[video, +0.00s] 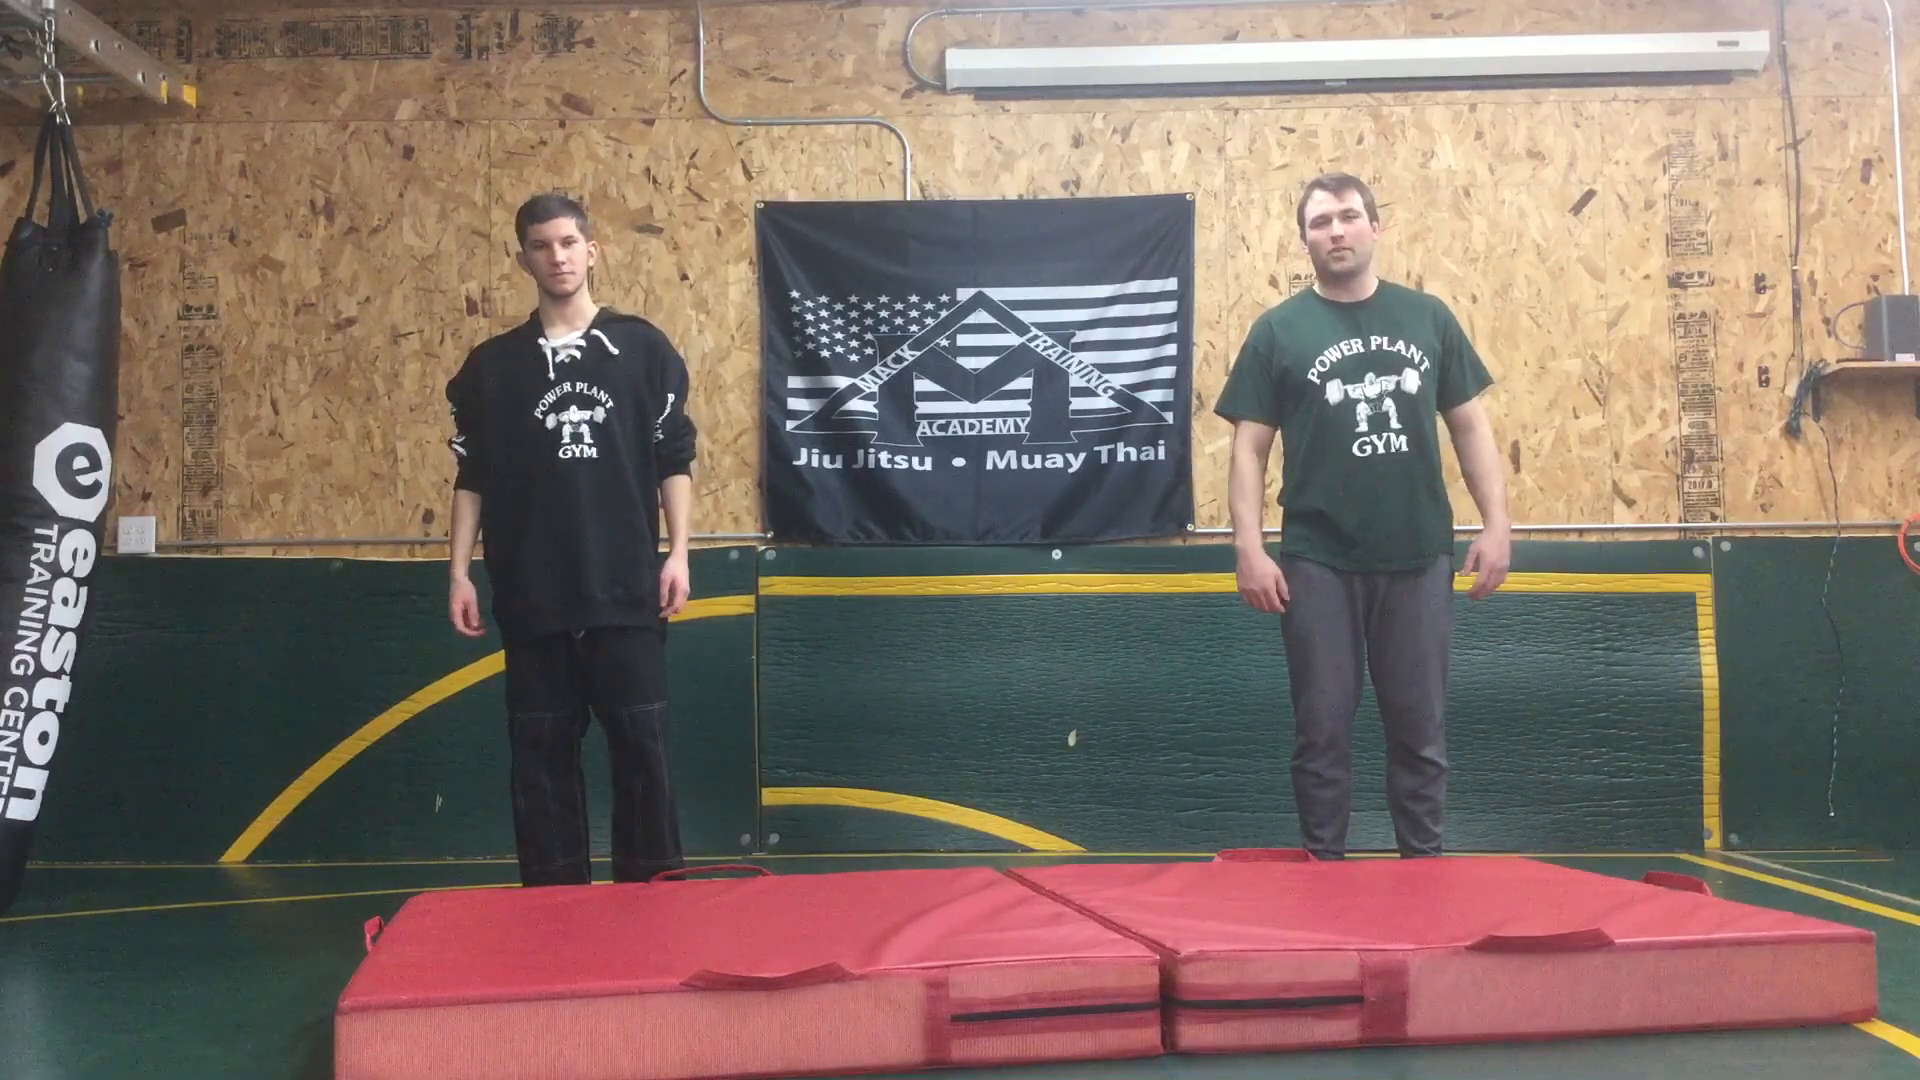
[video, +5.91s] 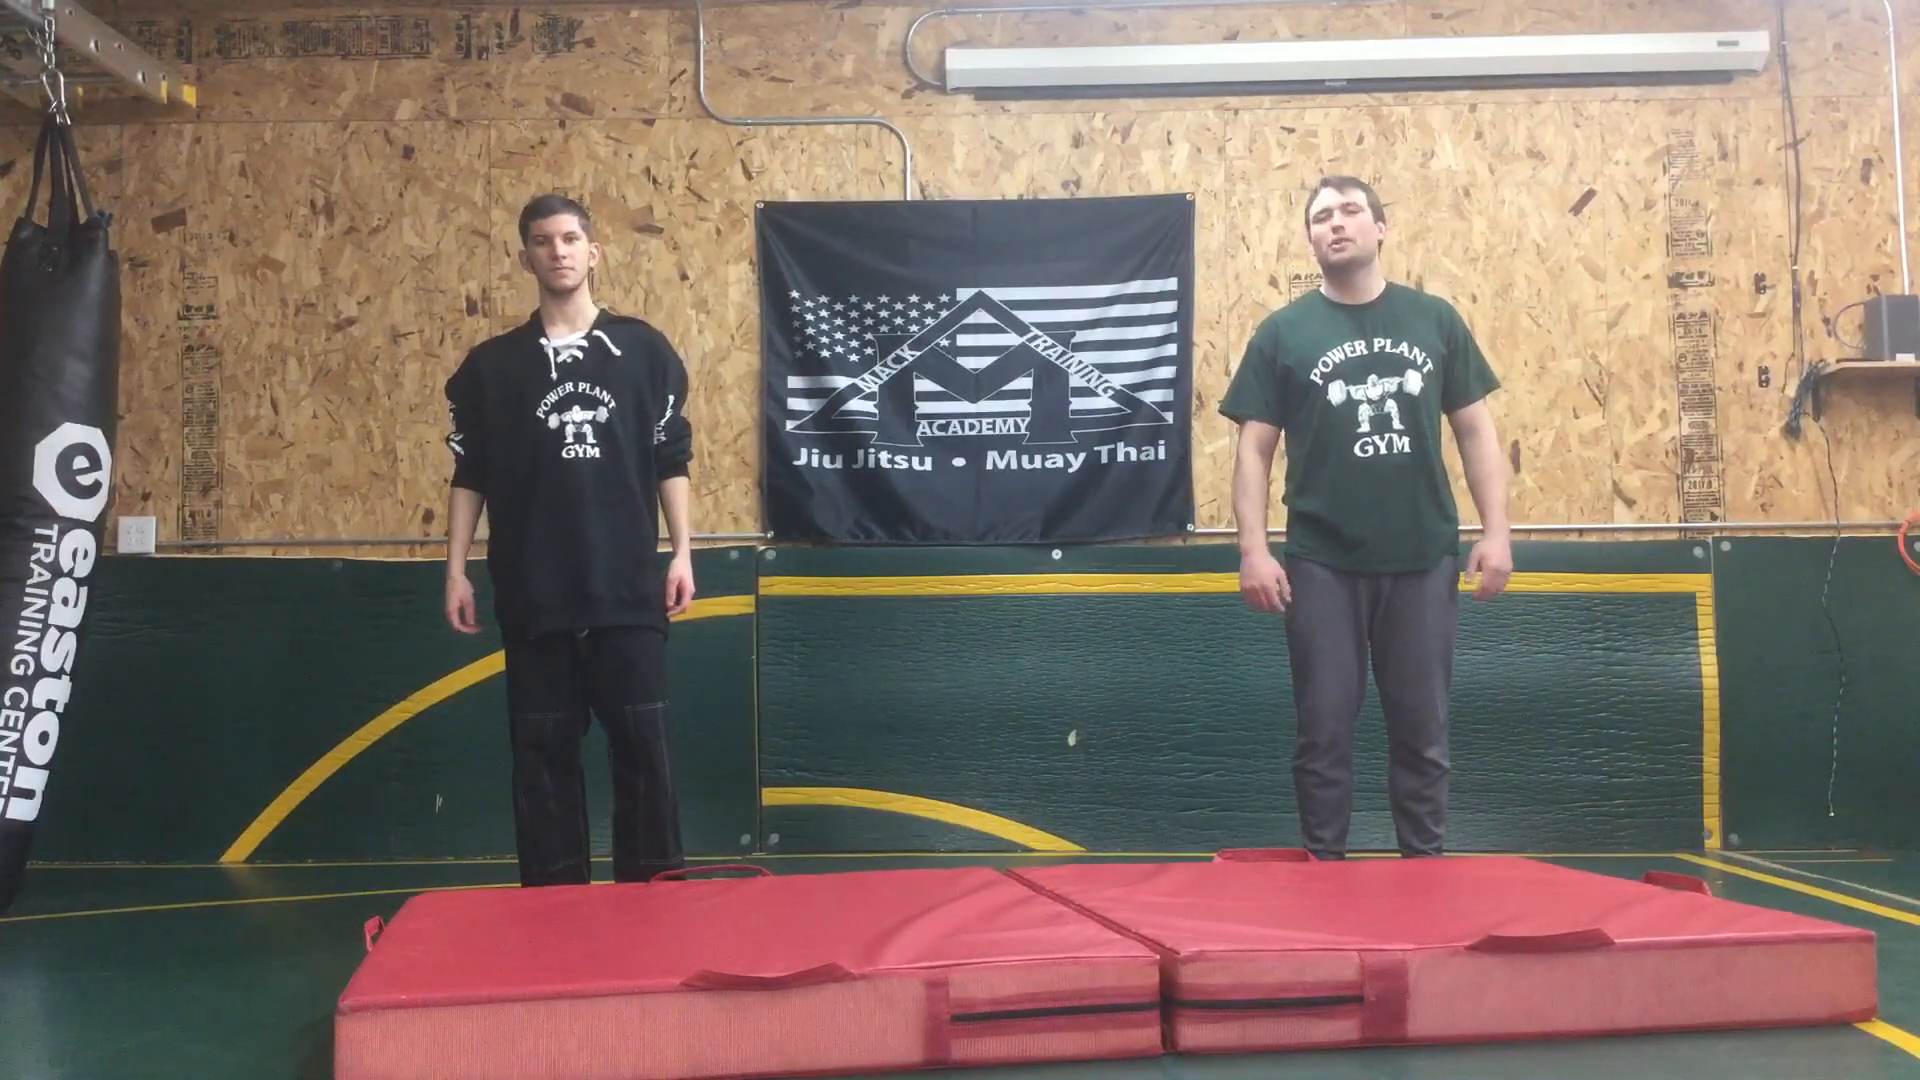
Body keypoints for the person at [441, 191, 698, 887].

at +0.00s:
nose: (557, 257)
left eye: (568, 242)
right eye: (542, 247)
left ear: (591, 250)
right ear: (525, 260)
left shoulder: (642, 347)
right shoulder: (489, 364)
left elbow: (674, 457)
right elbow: (471, 476)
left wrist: (678, 552)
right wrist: (460, 569)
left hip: (625, 582)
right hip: (530, 589)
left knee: (642, 750)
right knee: (542, 759)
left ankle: (652, 901)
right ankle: (553, 908)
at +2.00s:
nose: (563, 257)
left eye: (573, 243)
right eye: (547, 247)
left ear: (594, 250)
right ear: (529, 261)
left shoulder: (647, 348)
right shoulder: (493, 365)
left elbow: (675, 459)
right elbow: (474, 477)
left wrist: (683, 550)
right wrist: (467, 576)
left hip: (629, 585)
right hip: (533, 592)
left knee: (644, 753)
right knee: (545, 762)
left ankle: (654, 905)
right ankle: (555, 913)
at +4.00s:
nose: (560, 256)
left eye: (571, 242)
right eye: (545, 246)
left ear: (592, 251)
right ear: (527, 261)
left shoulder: (644, 351)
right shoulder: (489, 366)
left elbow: (669, 463)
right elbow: (472, 480)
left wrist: (678, 553)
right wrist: (471, 577)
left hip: (627, 584)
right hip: (531, 590)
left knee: (644, 750)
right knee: (542, 760)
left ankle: (654, 903)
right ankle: (554, 911)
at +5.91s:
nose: (559, 251)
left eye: (570, 238)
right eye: (544, 242)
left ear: (592, 251)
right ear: (527, 259)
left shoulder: (644, 349)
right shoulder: (489, 364)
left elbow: (670, 460)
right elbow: (469, 475)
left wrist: (683, 550)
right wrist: (457, 567)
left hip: (627, 583)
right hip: (532, 589)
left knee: (643, 748)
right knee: (543, 757)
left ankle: (652, 902)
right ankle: (553, 910)